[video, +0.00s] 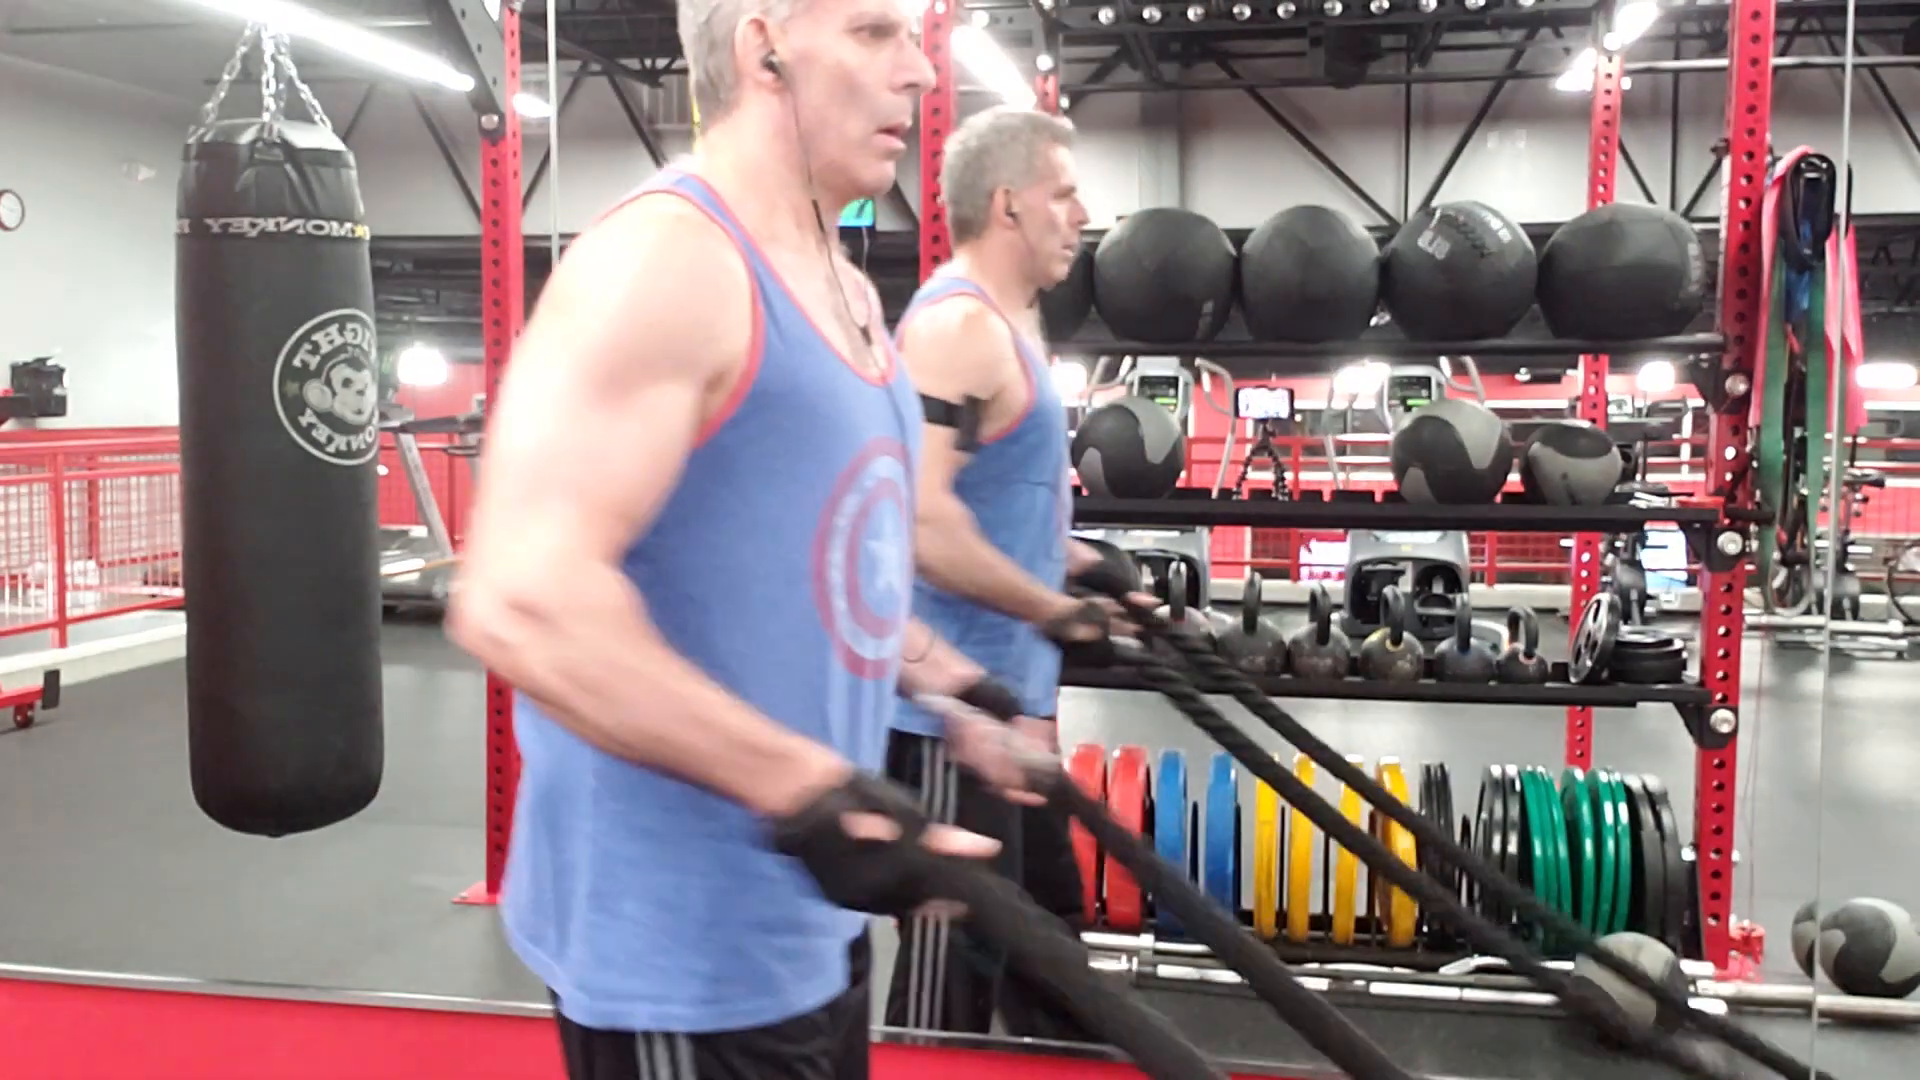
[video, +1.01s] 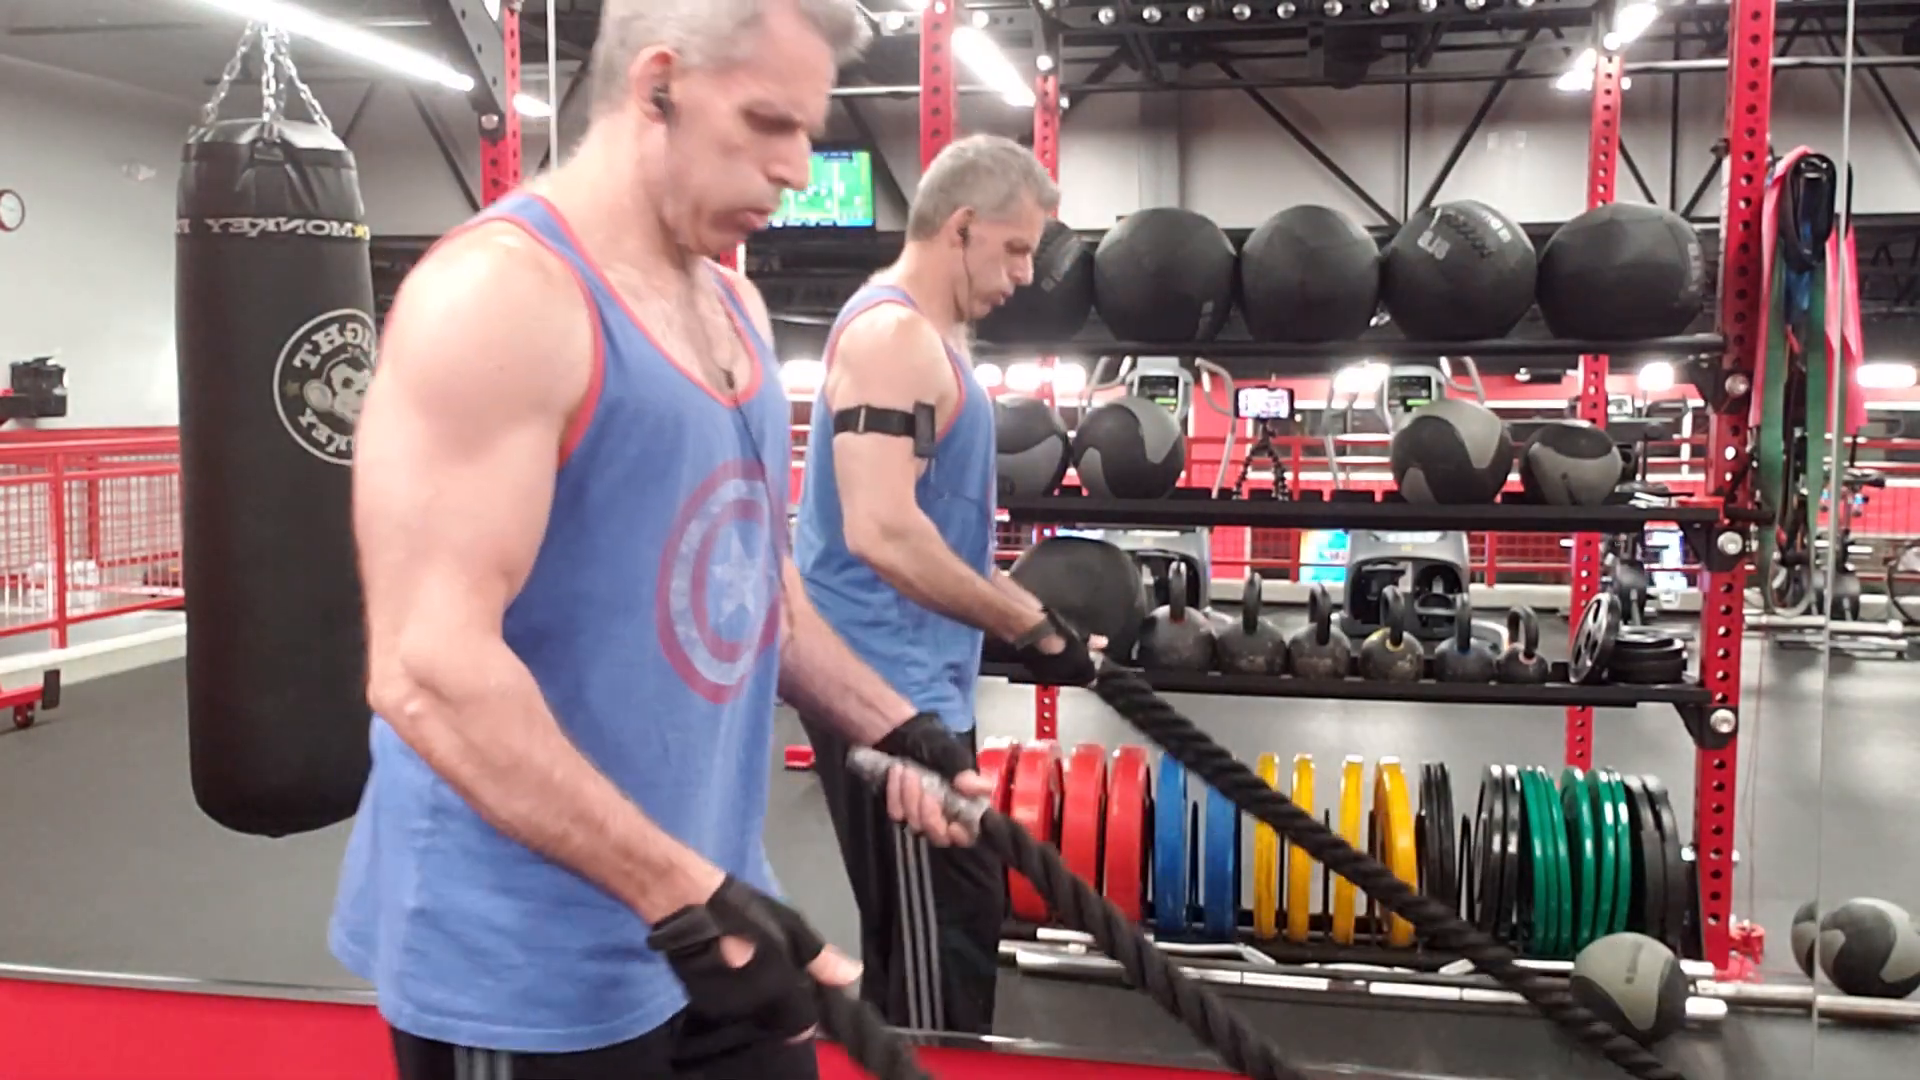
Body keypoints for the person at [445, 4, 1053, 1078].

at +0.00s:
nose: (918, 74)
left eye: (916, 41)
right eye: (875, 31)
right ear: (764, 39)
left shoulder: (838, 280)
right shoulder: (662, 257)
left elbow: (821, 571)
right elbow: (518, 594)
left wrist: (965, 704)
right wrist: (809, 791)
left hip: (806, 910)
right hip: (686, 948)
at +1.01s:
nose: (796, 173)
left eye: (807, 136)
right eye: (771, 123)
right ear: (656, 87)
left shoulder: (730, 298)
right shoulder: (493, 295)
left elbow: (752, 580)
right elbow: (429, 665)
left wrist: (897, 732)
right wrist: (683, 900)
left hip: (717, 946)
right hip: (526, 988)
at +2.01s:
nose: (860, 152)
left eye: (855, 115)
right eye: (822, 111)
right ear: (703, 116)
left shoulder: (781, 348)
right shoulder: (550, 345)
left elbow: (763, 621)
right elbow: (441, 712)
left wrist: (885, 797)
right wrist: (685, 961)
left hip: (731, 928)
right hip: (536, 995)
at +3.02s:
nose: (817, 180)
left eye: (811, 144)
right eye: (776, 139)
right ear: (657, 151)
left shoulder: (744, 375)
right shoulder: (536, 384)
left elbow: (755, 656)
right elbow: (417, 754)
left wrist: (884, 843)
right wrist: (647, 1005)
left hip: (731, 952)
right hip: (529, 1012)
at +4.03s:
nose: (815, 206)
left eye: (812, 168)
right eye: (775, 164)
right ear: (658, 175)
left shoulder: (741, 388)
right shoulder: (516, 383)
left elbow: (752, 673)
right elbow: (581, 740)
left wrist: (857, 855)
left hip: (697, 924)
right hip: (516, 967)